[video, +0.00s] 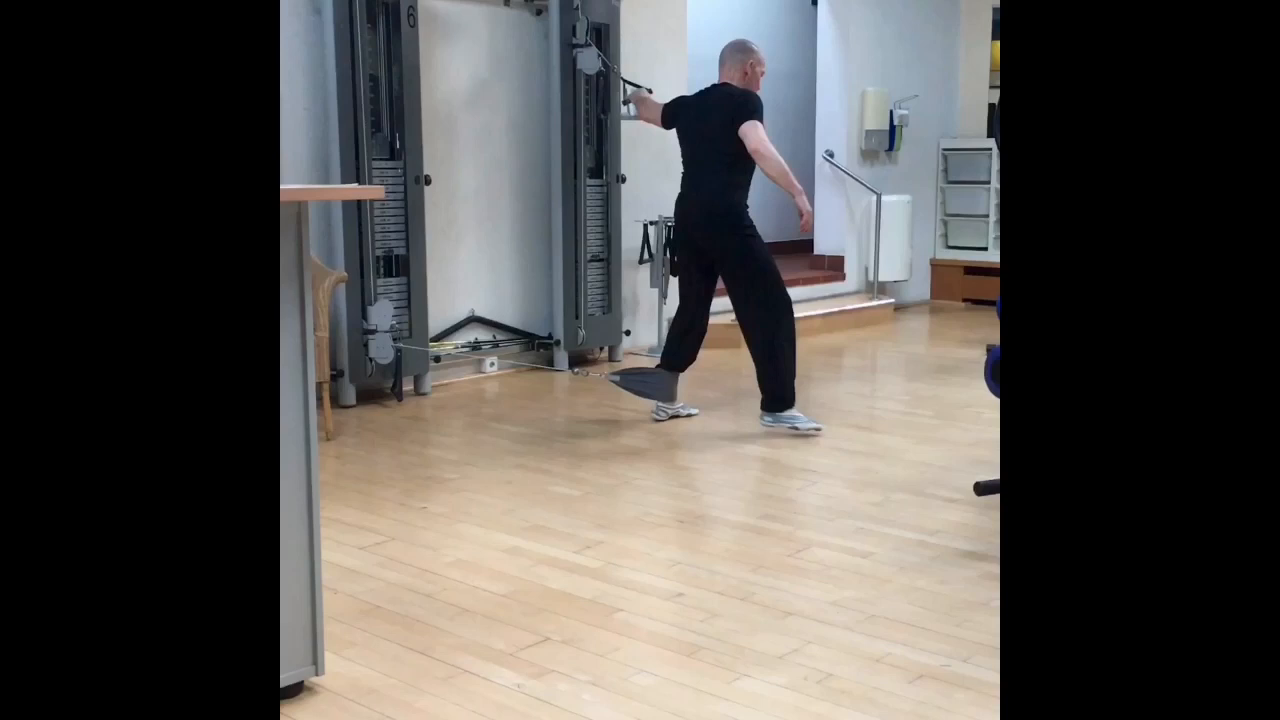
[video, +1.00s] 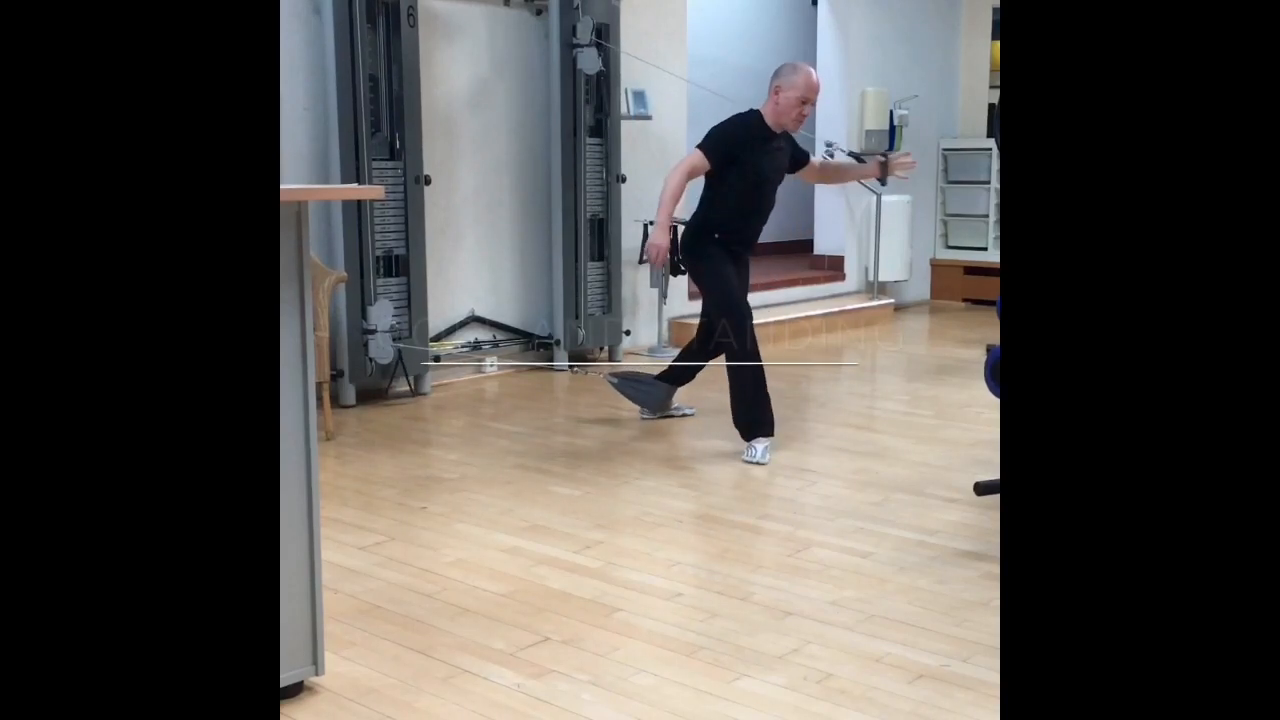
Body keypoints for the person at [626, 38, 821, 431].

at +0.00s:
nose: (763, 80)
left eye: (763, 73)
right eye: (761, 73)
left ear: (723, 69)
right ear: (748, 69)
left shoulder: (688, 105)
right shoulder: (745, 100)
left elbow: (650, 112)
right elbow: (758, 147)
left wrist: (639, 96)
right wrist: (797, 193)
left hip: (689, 223)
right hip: (728, 222)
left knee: (691, 307)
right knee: (772, 305)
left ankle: (663, 397)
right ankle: (778, 407)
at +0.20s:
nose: (776, 88)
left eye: (777, 81)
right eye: (775, 80)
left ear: (739, 74)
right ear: (761, 74)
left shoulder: (704, 107)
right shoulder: (756, 105)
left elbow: (668, 115)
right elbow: (769, 149)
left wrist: (669, 94)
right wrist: (812, 195)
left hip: (693, 221)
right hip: (731, 222)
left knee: (699, 308)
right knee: (770, 315)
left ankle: (667, 395)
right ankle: (775, 414)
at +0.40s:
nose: (796, 97)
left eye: (798, 89)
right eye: (794, 88)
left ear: (760, 84)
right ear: (771, 82)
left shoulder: (727, 113)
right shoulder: (762, 114)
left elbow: (691, 140)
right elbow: (764, 155)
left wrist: (726, 136)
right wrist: (805, 205)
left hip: (703, 228)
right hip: (733, 231)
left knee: (715, 310)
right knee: (773, 320)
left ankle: (668, 388)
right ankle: (772, 428)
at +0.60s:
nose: (806, 101)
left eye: (808, 93)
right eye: (802, 92)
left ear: (777, 86)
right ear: (779, 86)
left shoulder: (751, 119)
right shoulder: (754, 120)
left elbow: (741, 165)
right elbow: (733, 163)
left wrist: (779, 161)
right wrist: (755, 212)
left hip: (710, 235)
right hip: (726, 237)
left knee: (717, 322)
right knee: (770, 325)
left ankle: (660, 393)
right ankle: (771, 433)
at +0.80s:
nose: (808, 107)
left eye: (811, 99)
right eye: (803, 98)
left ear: (786, 93)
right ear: (777, 90)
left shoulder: (768, 135)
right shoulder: (743, 123)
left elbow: (786, 167)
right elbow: (695, 165)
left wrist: (840, 167)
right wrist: (691, 219)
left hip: (733, 248)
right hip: (713, 244)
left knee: (714, 329)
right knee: (749, 318)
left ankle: (660, 392)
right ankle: (764, 430)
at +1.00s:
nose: (808, 112)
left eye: (812, 104)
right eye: (802, 102)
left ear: (809, 103)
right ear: (776, 95)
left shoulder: (785, 144)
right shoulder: (739, 129)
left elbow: (818, 172)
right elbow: (682, 172)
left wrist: (878, 169)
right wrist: (661, 228)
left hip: (739, 253)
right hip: (705, 246)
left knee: (715, 335)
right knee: (739, 325)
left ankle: (658, 394)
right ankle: (757, 433)